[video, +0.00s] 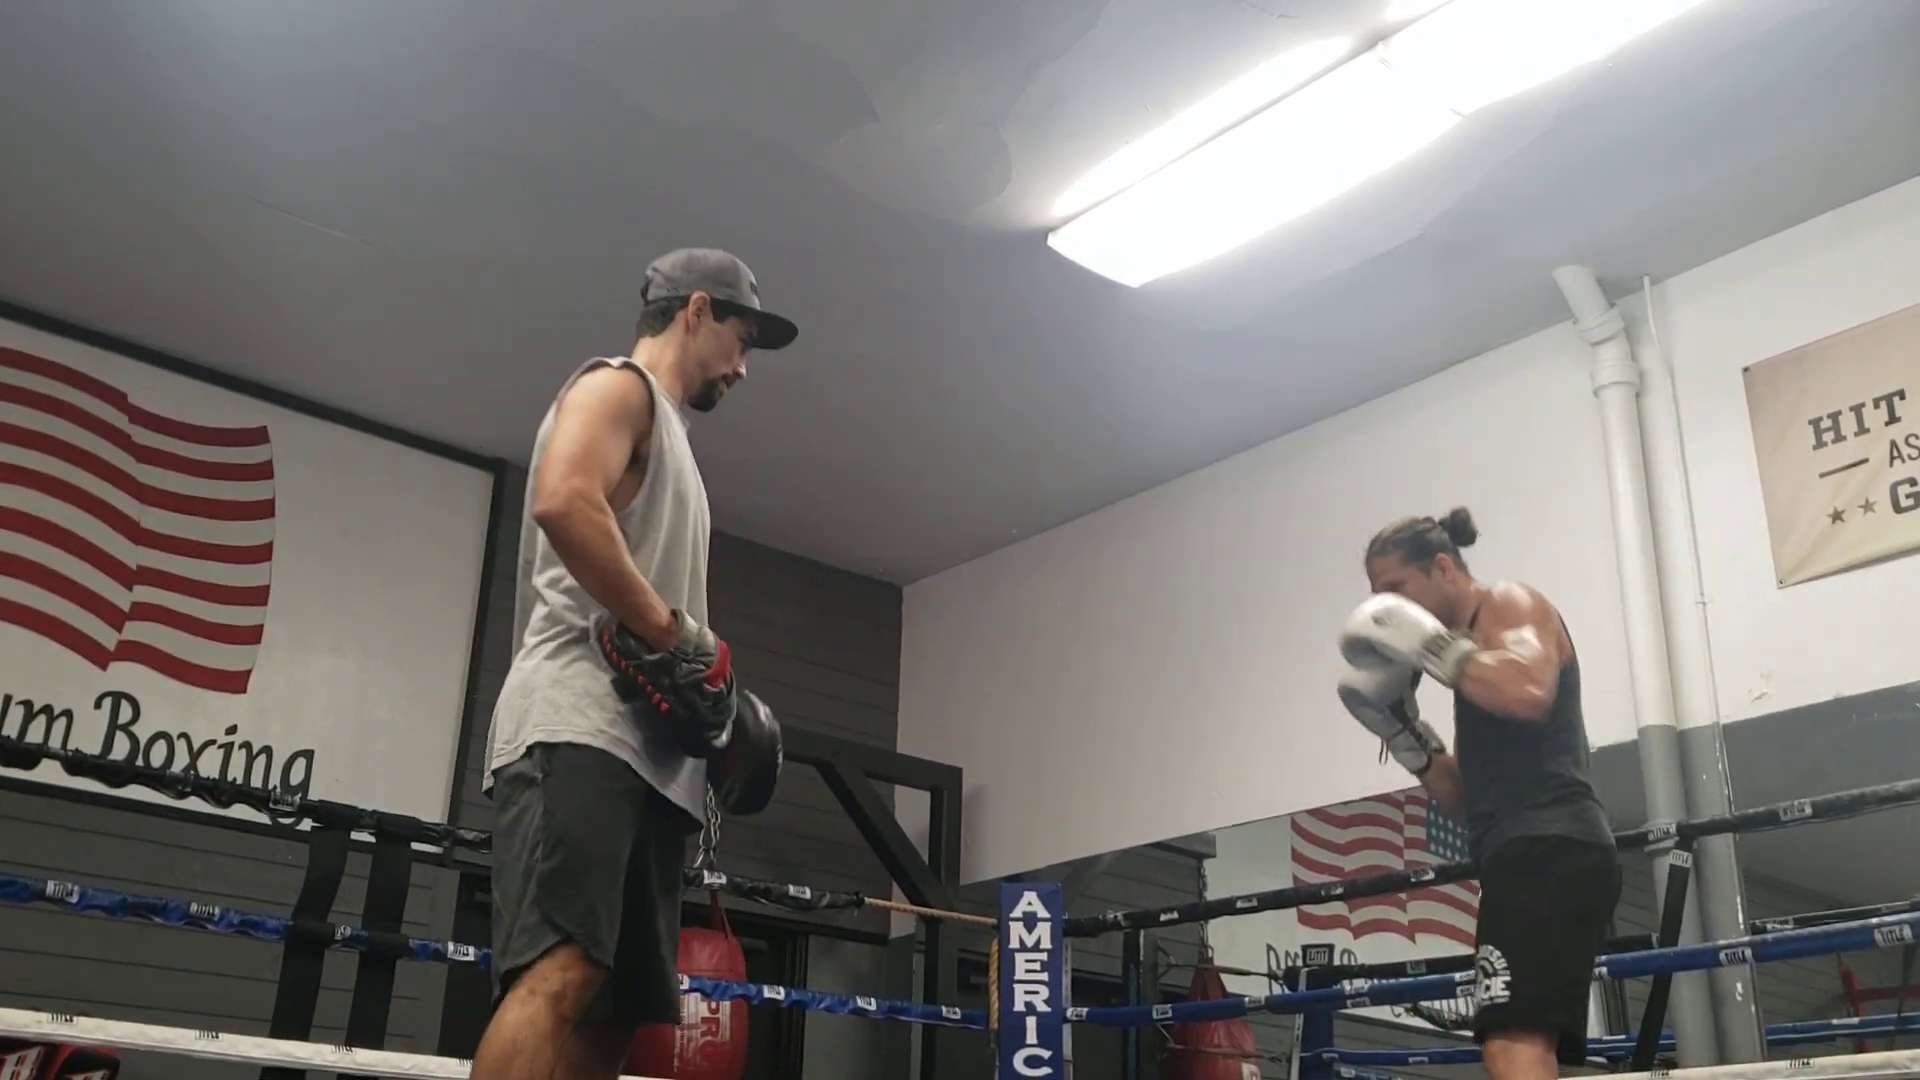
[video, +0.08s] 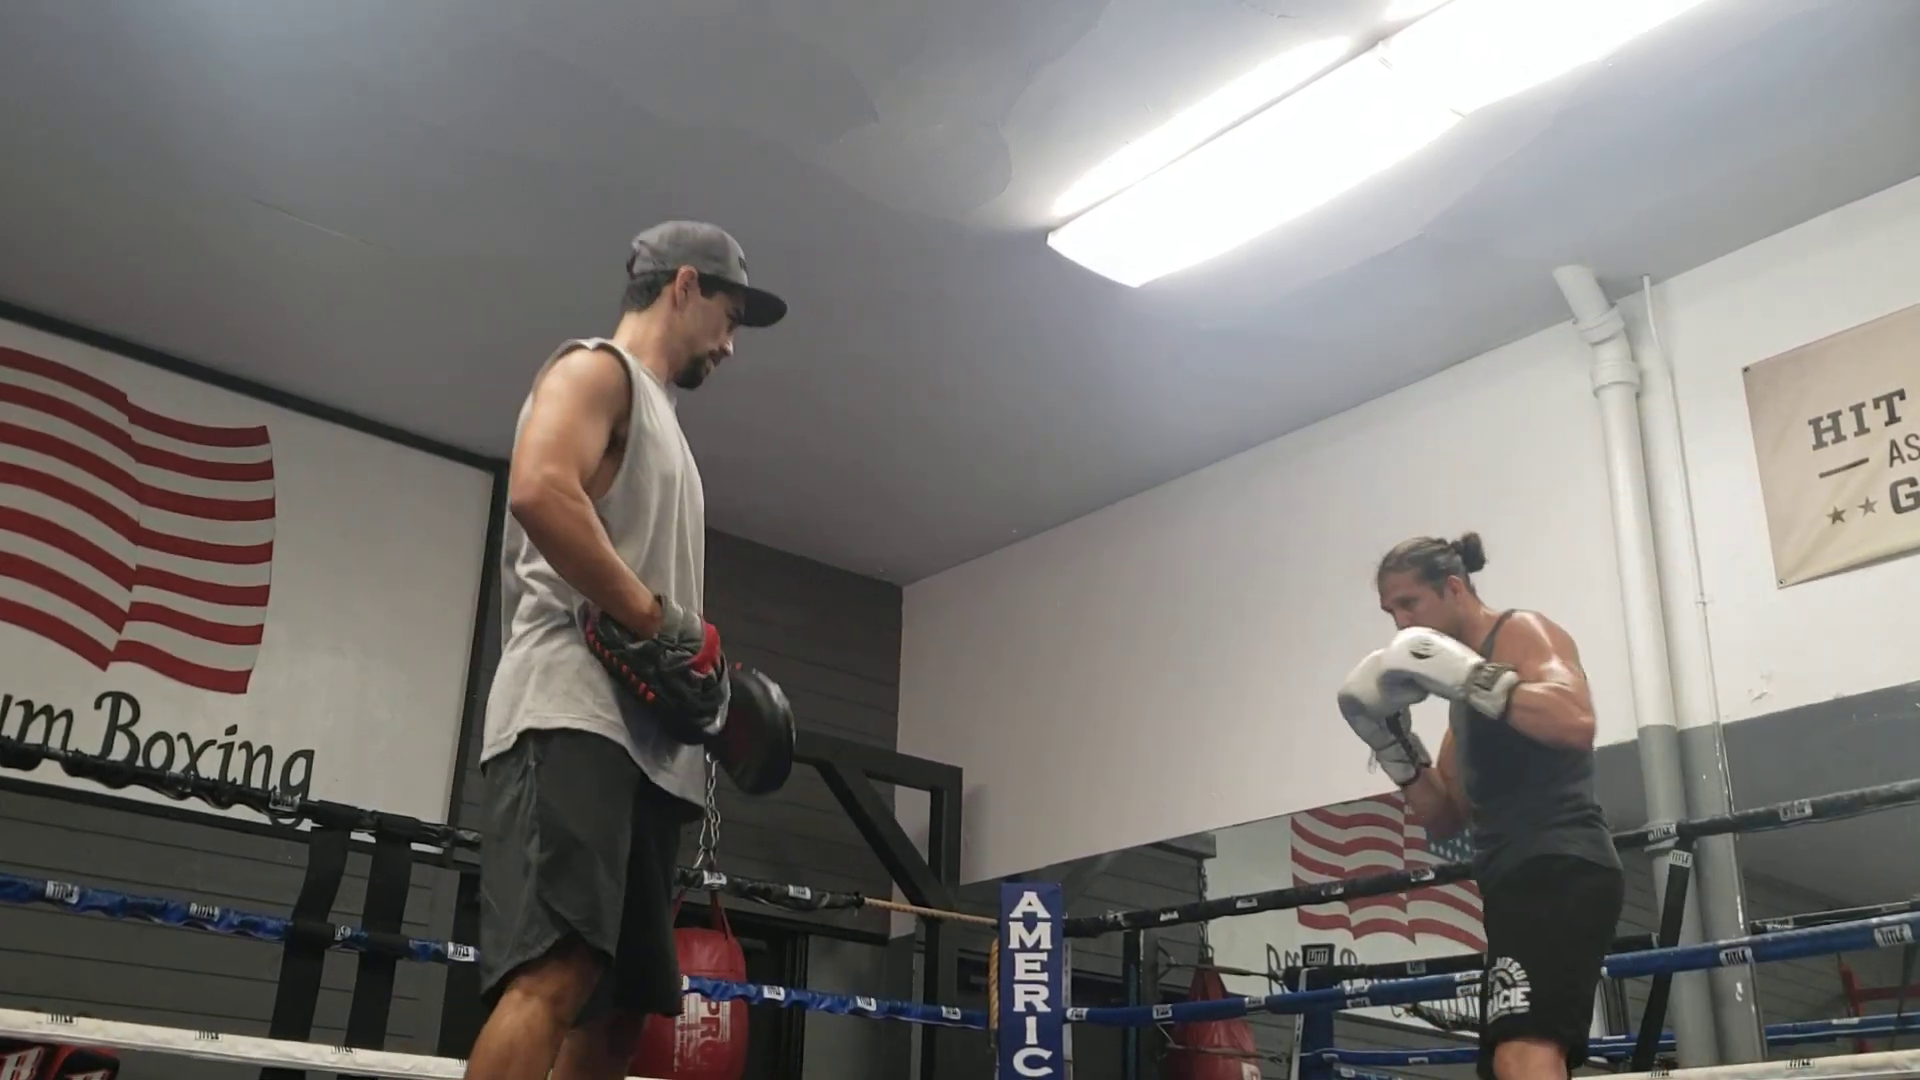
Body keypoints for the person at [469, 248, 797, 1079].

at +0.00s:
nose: (745, 365)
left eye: (753, 349)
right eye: (744, 337)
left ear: (689, 322)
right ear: (696, 313)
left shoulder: (676, 454)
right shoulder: (616, 386)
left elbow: (656, 606)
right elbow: (566, 501)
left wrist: (721, 707)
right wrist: (675, 640)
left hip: (649, 750)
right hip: (578, 721)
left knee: (613, 1012)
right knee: (560, 974)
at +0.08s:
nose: (733, 342)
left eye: (740, 324)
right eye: (730, 313)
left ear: (678, 299)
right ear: (683, 287)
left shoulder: (666, 437)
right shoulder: (594, 368)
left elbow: (650, 588)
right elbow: (540, 488)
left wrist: (712, 684)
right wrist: (659, 626)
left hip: (647, 732)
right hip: (571, 708)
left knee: (618, 1007)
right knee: (555, 973)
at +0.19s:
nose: (719, 311)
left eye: (727, 292)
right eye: (718, 281)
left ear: (665, 264)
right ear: (669, 252)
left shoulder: (656, 407)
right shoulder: (577, 336)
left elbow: (645, 561)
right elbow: (522, 466)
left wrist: (710, 651)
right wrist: (650, 602)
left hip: (654, 722)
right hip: (566, 699)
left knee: (651, 1001)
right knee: (540, 972)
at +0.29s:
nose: (711, 287)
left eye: (720, 268)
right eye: (711, 255)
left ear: (656, 235)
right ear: (664, 224)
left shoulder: (649, 381)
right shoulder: (568, 311)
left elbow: (635, 536)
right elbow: (519, 441)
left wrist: (713, 617)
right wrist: (654, 572)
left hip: (660, 710)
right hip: (564, 687)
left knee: (694, 982)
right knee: (526, 964)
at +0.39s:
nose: (713, 268)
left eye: (723, 248)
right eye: (713, 235)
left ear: (657, 215)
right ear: (667, 203)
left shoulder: (650, 358)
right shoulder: (570, 292)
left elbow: (645, 521)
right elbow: (535, 426)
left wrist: (730, 596)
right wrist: (684, 556)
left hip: (672, 703)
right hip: (569, 684)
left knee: (729, 956)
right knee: (514, 962)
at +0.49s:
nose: (729, 250)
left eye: (739, 230)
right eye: (732, 216)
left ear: (668, 193)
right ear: (686, 184)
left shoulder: (663, 333)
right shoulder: (586, 272)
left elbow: (656, 504)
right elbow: (558, 411)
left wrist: (733, 581)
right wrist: (709, 539)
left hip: (682, 690)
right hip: (573, 673)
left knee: (746, 936)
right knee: (510, 953)